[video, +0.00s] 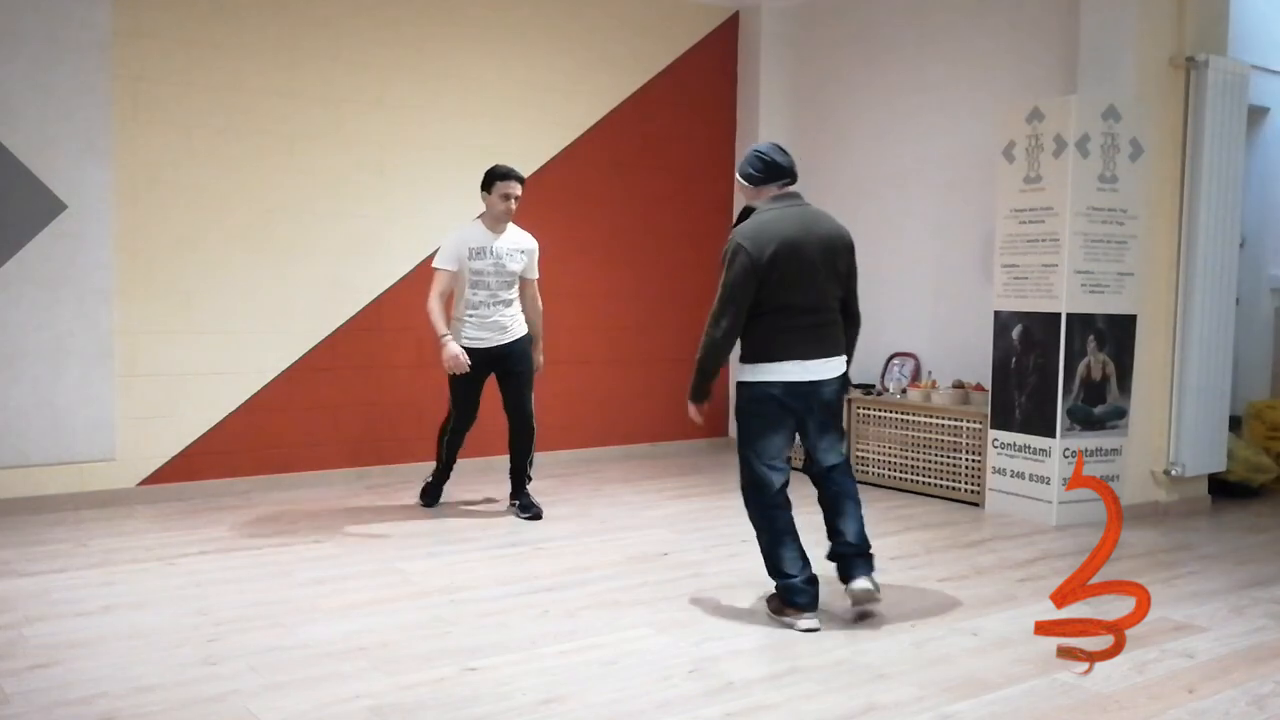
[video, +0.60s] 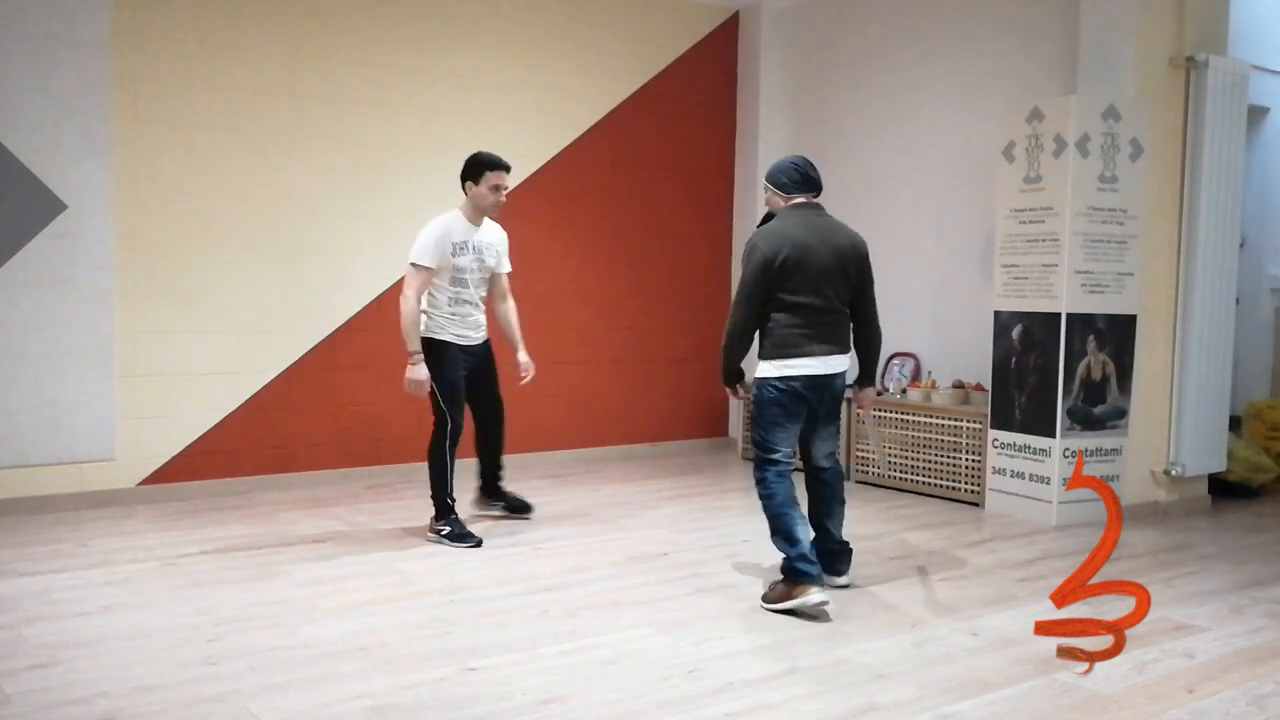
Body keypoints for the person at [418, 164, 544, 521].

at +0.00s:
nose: (512, 204)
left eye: (517, 198)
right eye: (505, 197)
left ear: (520, 200)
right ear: (485, 196)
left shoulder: (526, 244)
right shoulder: (460, 240)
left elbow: (531, 297)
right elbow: (435, 297)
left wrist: (537, 345)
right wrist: (445, 341)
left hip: (514, 344)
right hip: (470, 346)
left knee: (523, 418)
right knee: (460, 419)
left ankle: (520, 491)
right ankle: (439, 477)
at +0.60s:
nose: (504, 196)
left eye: (506, 189)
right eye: (496, 188)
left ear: (502, 191)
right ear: (469, 188)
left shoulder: (496, 236)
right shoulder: (439, 232)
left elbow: (502, 298)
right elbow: (409, 295)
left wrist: (520, 349)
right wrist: (415, 357)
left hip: (478, 343)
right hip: (439, 343)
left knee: (490, 415)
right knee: (450, 423)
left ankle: (491, 490)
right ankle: (443, 516)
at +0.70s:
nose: (494, 193)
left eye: (497, 185)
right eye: (487, 185)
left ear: (492, 187)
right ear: (461, 183)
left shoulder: (481, 232)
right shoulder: (432, 227)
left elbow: (483, 298)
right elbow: (403, 292)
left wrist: (493, 353)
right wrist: (412, 356)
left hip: (463, 342)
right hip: (432, 343)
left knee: (474, 414)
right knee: (443, 422)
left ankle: (448, 491)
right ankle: (442, 517)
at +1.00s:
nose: (448, 194)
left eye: (449, 186)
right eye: (441, 186)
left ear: (426, 187)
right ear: (415, 186)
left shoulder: (427, 232)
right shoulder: (392, 226)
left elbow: (430, 297)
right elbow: (362, 293)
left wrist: (439, 348)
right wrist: (356, 359)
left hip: (410, 346)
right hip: (390, 345)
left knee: (378, 428)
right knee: (429, 423)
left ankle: (314, 501)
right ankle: (440, 518)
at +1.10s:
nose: (422, 193)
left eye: (423, 185)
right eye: (414, 185)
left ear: (407, 189)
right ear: (388, 186)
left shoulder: (401, 234)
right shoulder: (363, 230)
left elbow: (409, 298)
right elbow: (332, 292)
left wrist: (430, 350)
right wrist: (317, 352)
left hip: (379, 344)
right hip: (364, 344)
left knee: (349, 428)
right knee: (410, 417)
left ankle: (301, 513)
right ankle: (430, 515)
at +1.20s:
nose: (392, 192)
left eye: (394, 184)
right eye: (384, 184)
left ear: (386, 186)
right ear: (358, 185)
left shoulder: (380, 233)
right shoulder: (331, 230)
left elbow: (395, 298)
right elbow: (300, 297)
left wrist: (421, 351)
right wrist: (289, 361)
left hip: (356, 344)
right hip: (335, 343)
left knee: (333, 434)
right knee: (388, 415)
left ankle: (297, 519)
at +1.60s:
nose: (348, 247)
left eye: (350, 238)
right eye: (341, 238)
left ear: (349, 238)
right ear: (313, 237)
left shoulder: (335, 281)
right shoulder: (283, 281)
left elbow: (336, 344)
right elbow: (291, 346)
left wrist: (341, 387)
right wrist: (351, 390)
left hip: (326, 392)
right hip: (288, 398)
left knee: (392, 419)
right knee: (269, 480)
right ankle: (187, 506)